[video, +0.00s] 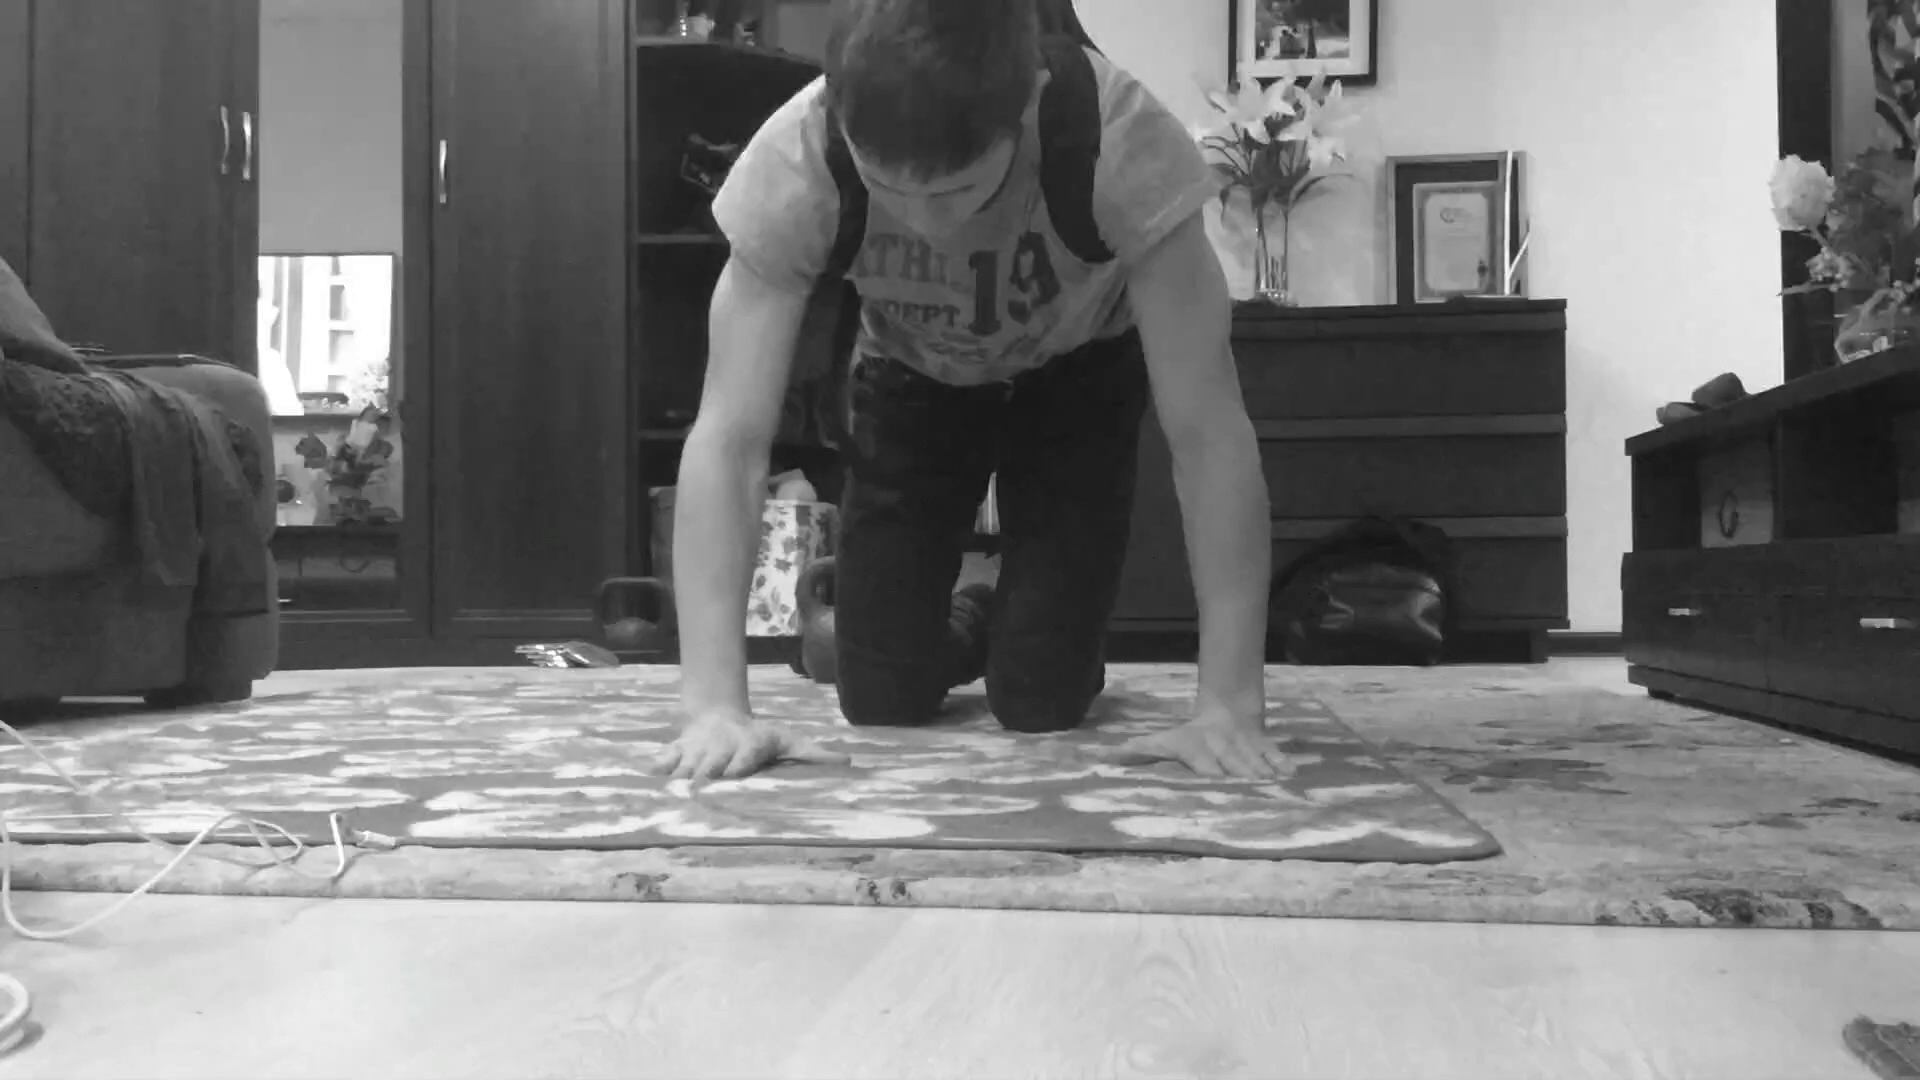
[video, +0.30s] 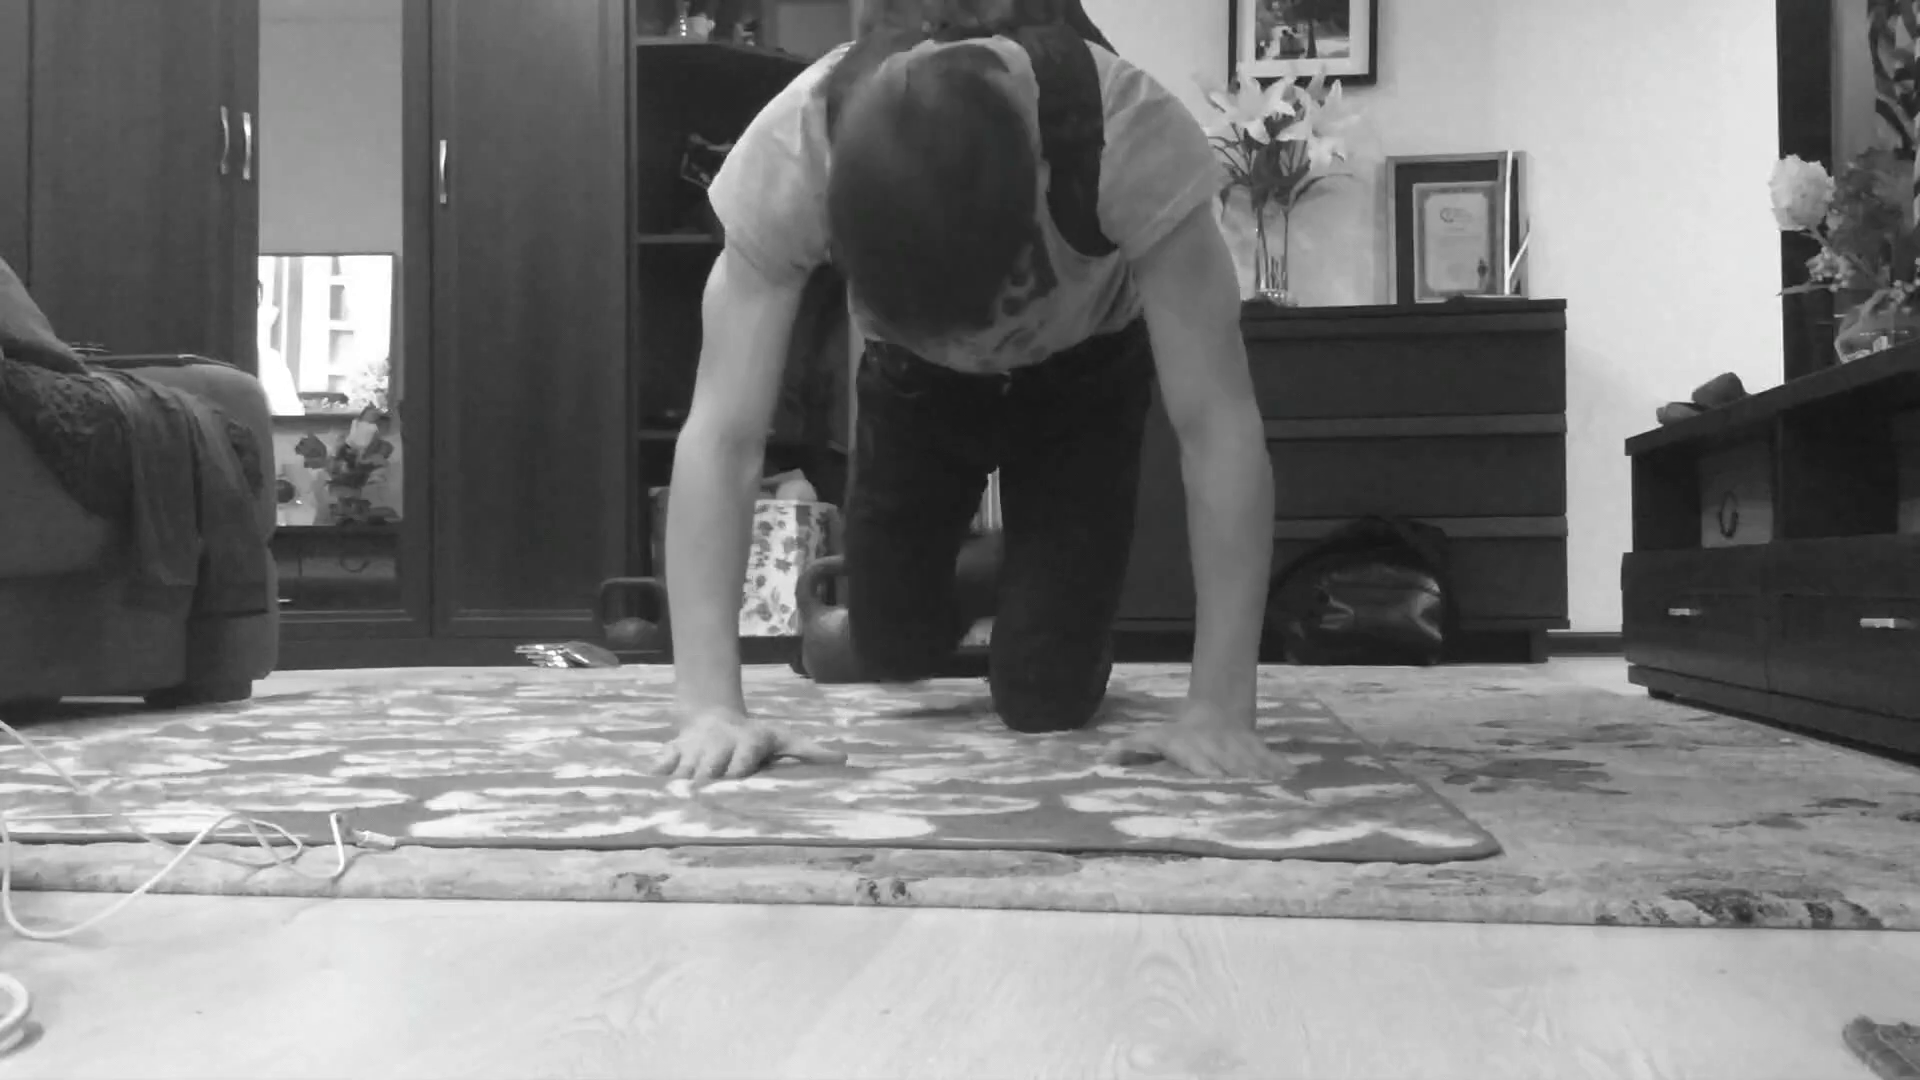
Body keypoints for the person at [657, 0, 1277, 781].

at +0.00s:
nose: (925, 224)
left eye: (960, 196)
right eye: (892, 194)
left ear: (1029, 124)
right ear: (850, 137)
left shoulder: (1123, 150)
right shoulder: (795, 176)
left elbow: (1211, 434)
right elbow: (726, 442)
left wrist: (1230, 707)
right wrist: (714, 707)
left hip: (1077, 369)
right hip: (909, 372)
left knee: (1037, 705)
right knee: (881, 699)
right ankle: (979, 619)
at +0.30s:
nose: (971, 347)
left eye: (994, 323)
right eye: (930, 335)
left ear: (1037, 197)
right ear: (841, 203)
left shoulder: (1136, 143)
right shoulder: (784, 169)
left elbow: (1220, 426)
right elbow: (720, 441)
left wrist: (1222, 711)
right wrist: (709, 710)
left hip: (1084, 356)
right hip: (908, 361)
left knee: (1042, 706)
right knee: (891, 650)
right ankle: (1008, 555)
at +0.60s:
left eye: (944, 431)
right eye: (900, 431)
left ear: (1033, 283)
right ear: (841, 278)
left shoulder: (1143, 161)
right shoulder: (796, 163)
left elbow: (1223, 437)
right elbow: (714, 438)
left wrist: (1226, 710)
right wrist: (708, 709)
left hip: (1085, 340)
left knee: (1039, 705)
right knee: (930, 517)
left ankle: (1066, 662)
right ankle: (957, 541)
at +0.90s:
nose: (916, 410)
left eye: (941, 388)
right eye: (893, 401)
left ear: (1015, 266)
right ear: (824, 255)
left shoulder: (1131, 151)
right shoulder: (784, 159)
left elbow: (1210, 426)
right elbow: (722, 436)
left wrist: (1221, 709)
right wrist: (710, 709)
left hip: (1081, 341)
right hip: (911, 345)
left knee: (1039, 704)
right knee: (935, 504)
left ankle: (1074, 653)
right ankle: (972, 548)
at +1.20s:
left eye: (955, 346)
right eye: (896, 361)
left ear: (1010, 241)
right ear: (830, 227)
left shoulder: (1124, 139)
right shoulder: (781, 150)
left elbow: (1190, 425)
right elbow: (718, 434)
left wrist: (1214, 709)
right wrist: (708, 710)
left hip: (1058, 320)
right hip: (887, 327)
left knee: (1040, 703)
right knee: (916, 522)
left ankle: (1044, 638)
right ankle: (940, 591)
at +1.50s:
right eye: (887, 353)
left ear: (1014, 249)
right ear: (829, 223)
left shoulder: (1125, 139)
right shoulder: (778, 148)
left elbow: (1189, 431)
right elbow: (708, 434)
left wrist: (1215, 714)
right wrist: (706, 711)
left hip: (1055, 262)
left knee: (1065, 493)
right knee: (905, 474)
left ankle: (1032, 617)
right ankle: (934, 591)